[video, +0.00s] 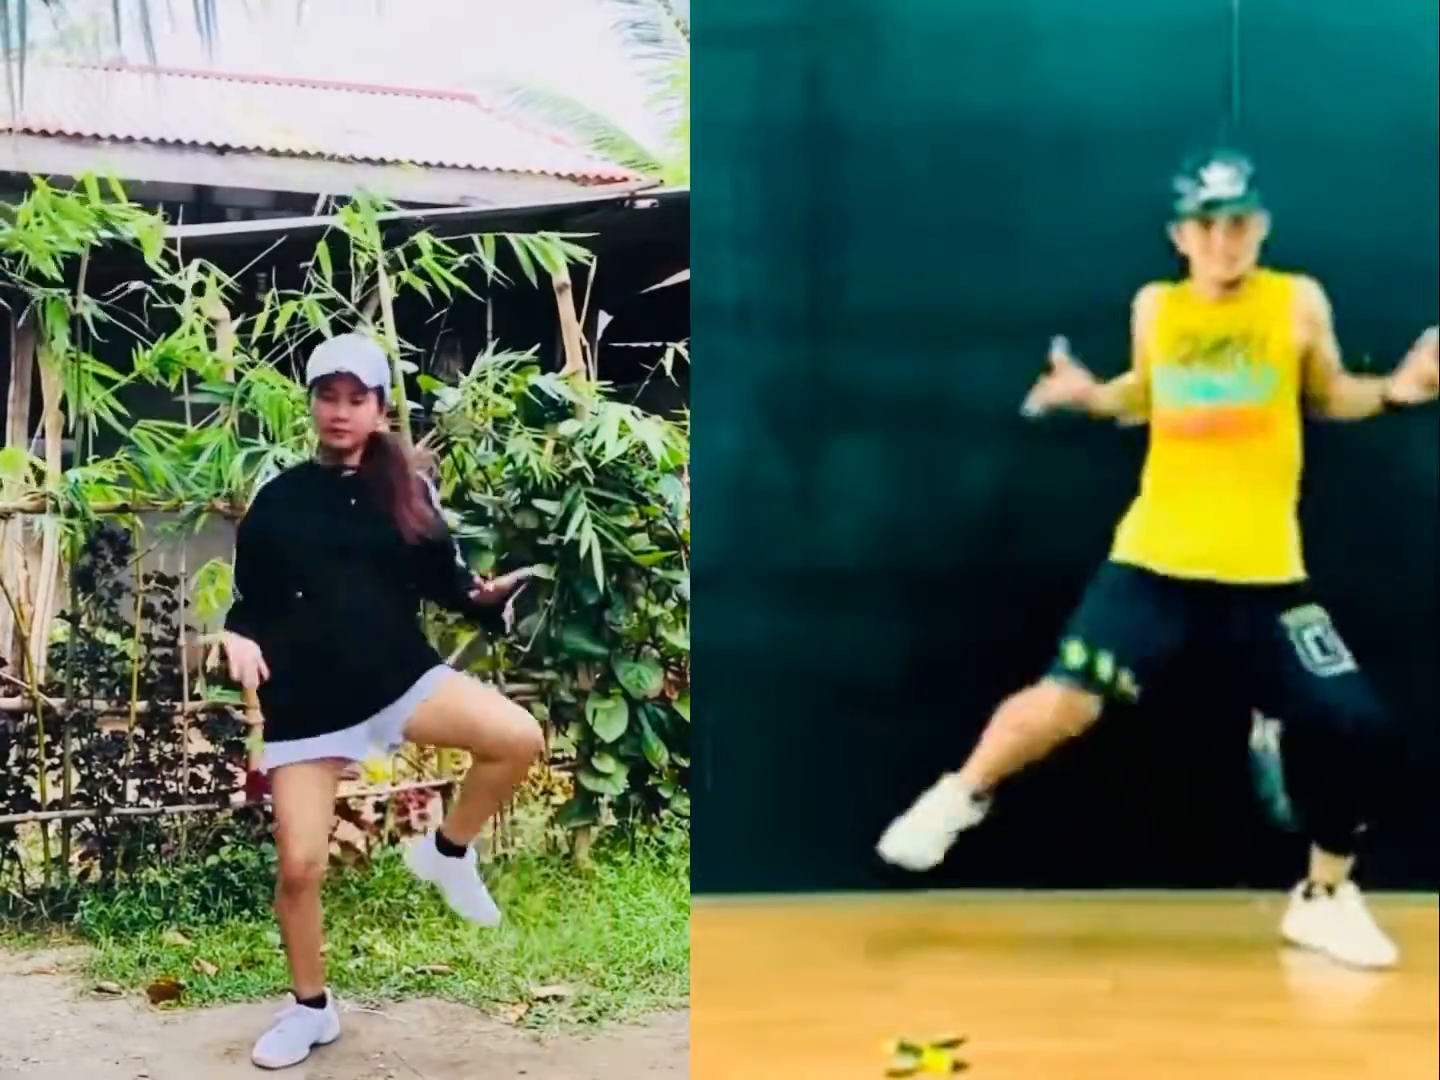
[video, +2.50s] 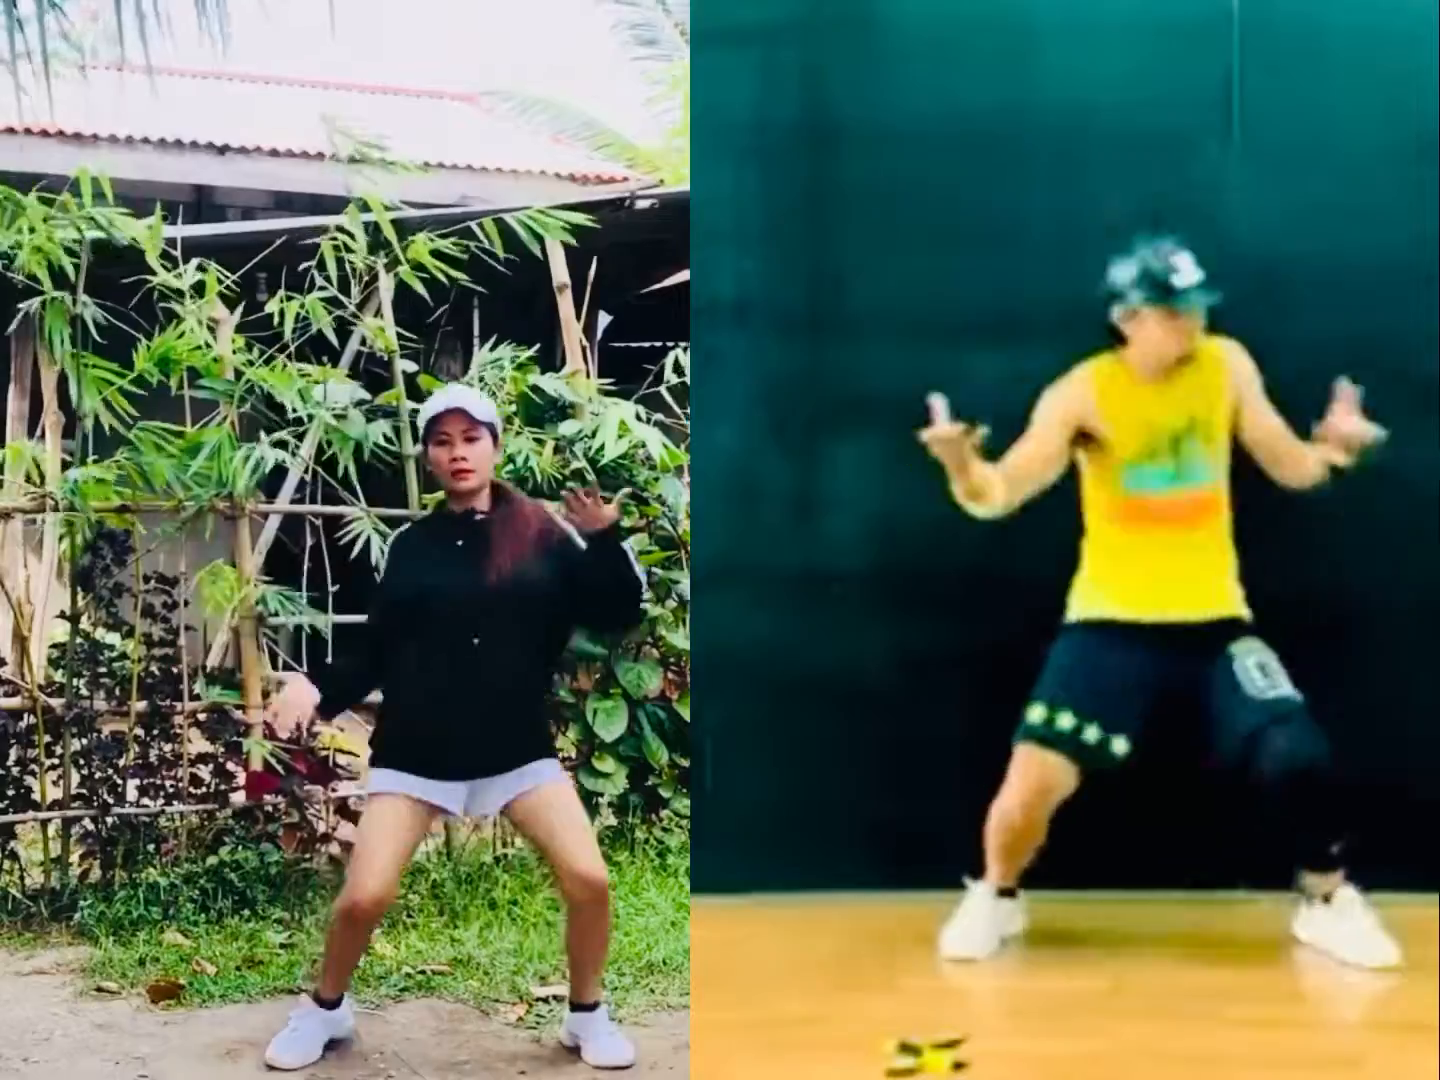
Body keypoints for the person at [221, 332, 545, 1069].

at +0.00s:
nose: (340, 409)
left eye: (356, 396)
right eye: (327, 395)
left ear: (381, 408)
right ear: (310, 404)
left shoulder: (403, 486)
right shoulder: (275, 500)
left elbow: (441, 576)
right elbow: (250, 600)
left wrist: (481, 593)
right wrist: (237, 633)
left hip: (397, 680)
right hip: (303, 706)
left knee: (516, 738)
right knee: (297, 867)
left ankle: (445, 851)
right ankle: (310, 1008)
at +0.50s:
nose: (391, 443)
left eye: (406, 431)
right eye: (376, 430)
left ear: (427, 446)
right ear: (356, 444)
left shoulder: (457, 534)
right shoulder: (316, 536)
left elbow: (478, 642)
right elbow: (259, 615)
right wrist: (272, 628)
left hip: (457, 738)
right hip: (347, 743)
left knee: (535, 876)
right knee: (287, 885)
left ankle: (590, 996)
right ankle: (310, 1010)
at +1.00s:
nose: (506, 432)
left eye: (520, 419)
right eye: (490, 422)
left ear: (545, 433)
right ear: (476, 440)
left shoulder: (583, 521)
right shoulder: (457, 525)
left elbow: (622, 611)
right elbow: (409, 618)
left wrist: (640, 647)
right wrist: (357, 574)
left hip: (577, 728)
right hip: (488, 707)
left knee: (581, 896)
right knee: (365, 721)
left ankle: (586, 1010)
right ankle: (404, 866)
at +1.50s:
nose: (429, 465)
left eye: (445, 454)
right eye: (416, 453)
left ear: (468, 472)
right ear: (399, 470)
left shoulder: (494, 559)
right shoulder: (365, 557)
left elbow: (538, 683)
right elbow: (294, 638)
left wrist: (542, 664)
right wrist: (226, 613)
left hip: (510, 767)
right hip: (405, 771)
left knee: (559, 910)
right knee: (330, 900)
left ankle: (585, 1011)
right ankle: (326, 1015)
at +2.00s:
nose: (367, 424)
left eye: (383, 412)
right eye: (352, 411)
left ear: (403, 429)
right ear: (333, 428)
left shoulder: (416, 522)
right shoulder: (295, 510)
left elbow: (486, 627)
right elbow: (229, 599)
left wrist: (491, 568)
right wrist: (159, 644)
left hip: (409, 697)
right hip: (323, 728)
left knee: (501, 712)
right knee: (310, 895)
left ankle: (463, 843)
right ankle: (330, 1012)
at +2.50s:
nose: (458, 453)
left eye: (471, 438)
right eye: (443, 442)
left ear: (496, 447)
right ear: (428, 458)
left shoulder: (542, 531)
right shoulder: (410, 546)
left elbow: (618, 615)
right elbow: (373, 647)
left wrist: (602, 539)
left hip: (518, 750)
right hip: (414, 754)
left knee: (590, 879)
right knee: (361, 899)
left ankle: (588, 1015)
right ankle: (322, 1010)